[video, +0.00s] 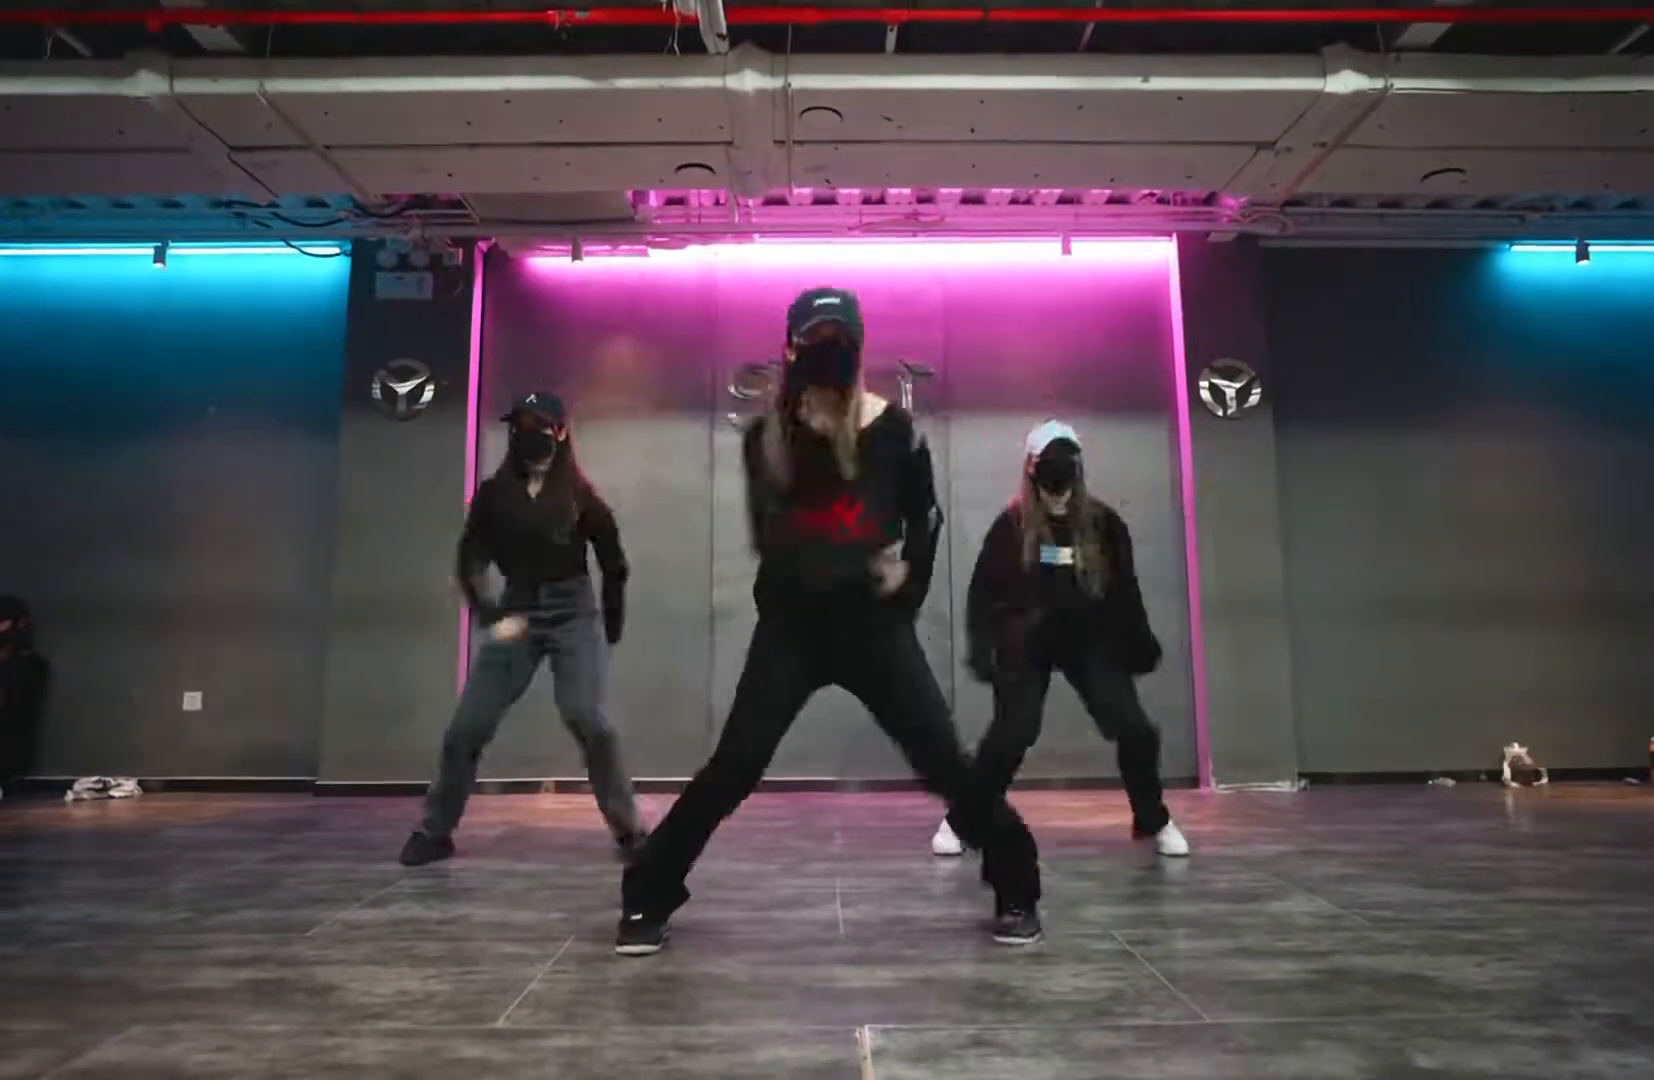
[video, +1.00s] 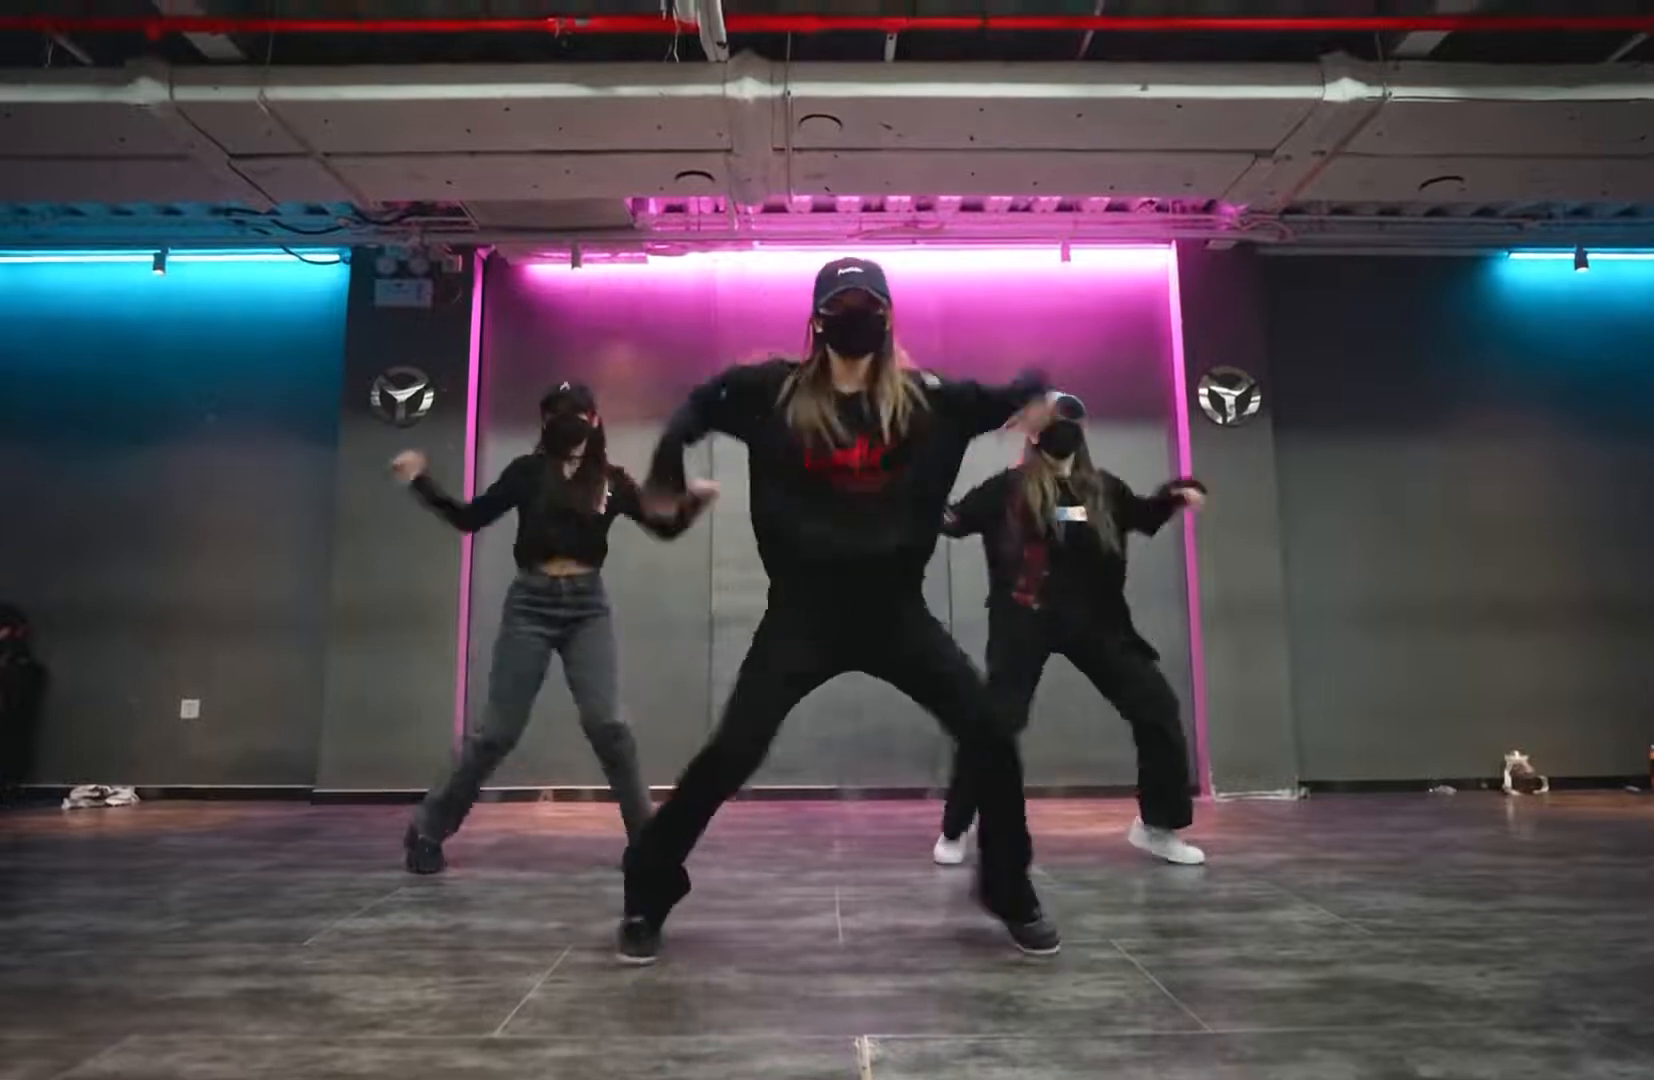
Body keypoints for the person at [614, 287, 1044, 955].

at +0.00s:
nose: (825, 365)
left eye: (837, 352)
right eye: (813, 352)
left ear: (855, 355)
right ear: (793, 356)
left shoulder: (888, 428)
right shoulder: (769, 438)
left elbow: (922, 513)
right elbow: (772, 544)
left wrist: (910, 572)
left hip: (875, 626)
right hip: (791, 629)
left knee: (945, 766)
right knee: (734, 769)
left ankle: (1017, 890)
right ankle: (646, 900)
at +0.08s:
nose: (838, 353)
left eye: (852, 342)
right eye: (827, 338)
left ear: (878, 338)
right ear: (817, 336)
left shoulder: (909, 410)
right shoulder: (795, 408)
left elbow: (935, 518)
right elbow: (805, 500)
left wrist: (841, 511)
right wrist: (905, 505)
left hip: (885, 618)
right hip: (799, 618)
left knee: (996, 719)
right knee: (726, 751)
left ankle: (981, 892)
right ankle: (647, 898)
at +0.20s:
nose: (925, 334)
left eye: (929, 326)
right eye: (915, 319)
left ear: (917, 332)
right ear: (877, 318)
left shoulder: (930, 410)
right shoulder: (825, 391)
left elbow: (959, 500)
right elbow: (867, 472)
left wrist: (888, 490)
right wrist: (968, 491)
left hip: (900, 612)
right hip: (817, 609)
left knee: (1014, 714)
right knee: (738, 747)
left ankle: (978, 889)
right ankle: (651, 898)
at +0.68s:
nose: (887, 329)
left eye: (898, 317)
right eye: (873, 317)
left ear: (914, 324)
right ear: (851, 325)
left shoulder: (935, 413)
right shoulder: (820, 399)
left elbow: (957, 519)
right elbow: (831, 491)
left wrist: (870, 500)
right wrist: (946, 495)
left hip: (897, 618)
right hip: (813, 615)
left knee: (1016, 720)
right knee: (732, 752)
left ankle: (981, 893)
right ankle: (647, 906)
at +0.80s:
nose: (871, 328)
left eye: (883, 315)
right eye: (857, 316)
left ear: (902, 323)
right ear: (836, 326)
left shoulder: (919, 418)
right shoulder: (806, 406)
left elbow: (943, 523)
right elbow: (788, 505)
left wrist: (989, 608)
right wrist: (824, 508)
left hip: (898, 621)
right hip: (810, 620)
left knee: (1015, 723)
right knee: (728, 752)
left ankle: (981, 896)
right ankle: (646, 909)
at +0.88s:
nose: (864, 318)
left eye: (876, 307)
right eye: (850, 308)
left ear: (895, 319)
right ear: (828, 321)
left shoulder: (916, 410)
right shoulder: (796, 407)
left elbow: (965, 496)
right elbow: (748, 487)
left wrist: (1055, 518)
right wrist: (697, 483)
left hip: (894, 620)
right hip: (805, 620)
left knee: (1010, 724)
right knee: (723, 753)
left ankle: (978, 897)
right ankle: (646, 908)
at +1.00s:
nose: (856, 319)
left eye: (868, 307)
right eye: (841, 308)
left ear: (888, 318)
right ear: (818, 320)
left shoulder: (932, 402)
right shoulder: (771, 393)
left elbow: (1021, 394)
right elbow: (693, 414)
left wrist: (1036, 402)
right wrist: (665, 486)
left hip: (898, 620)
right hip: (801, 622)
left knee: (989, 730)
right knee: (735, 752)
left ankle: (1008, 886)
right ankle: (646, 891)